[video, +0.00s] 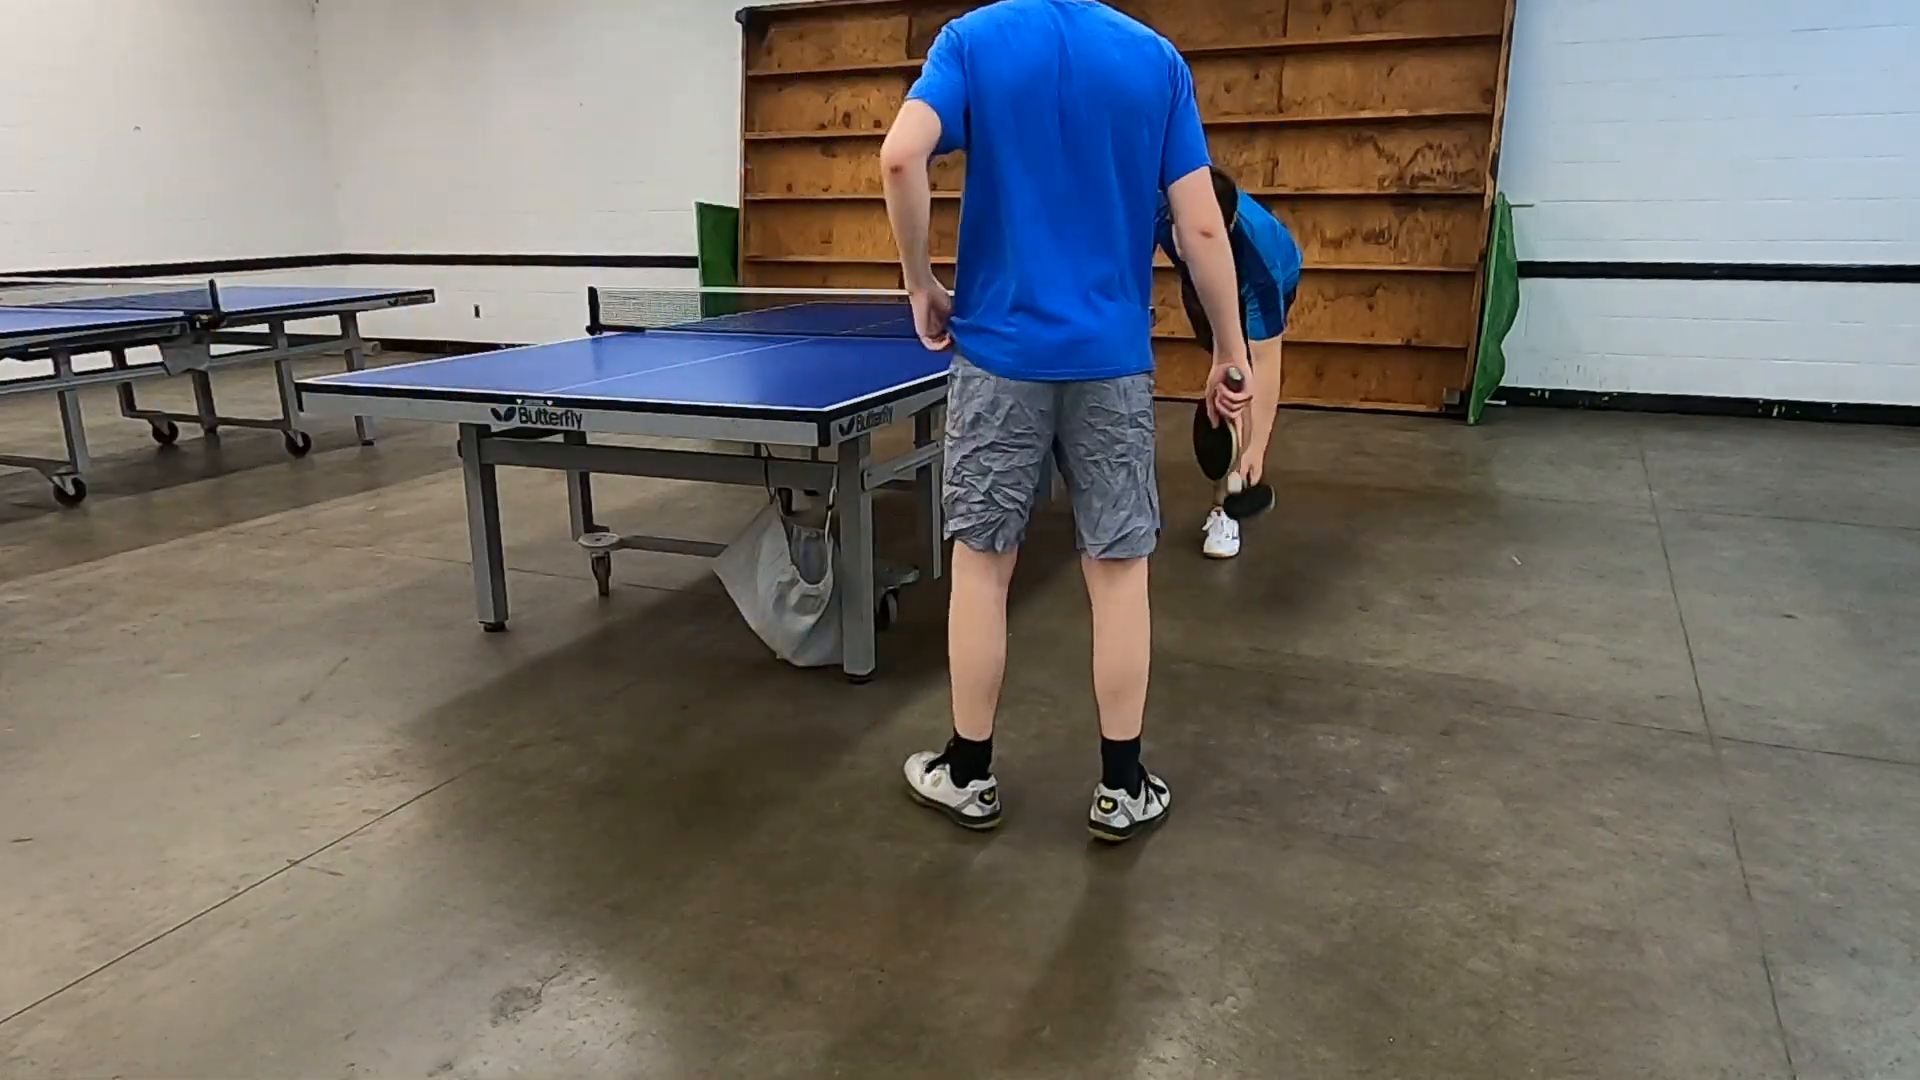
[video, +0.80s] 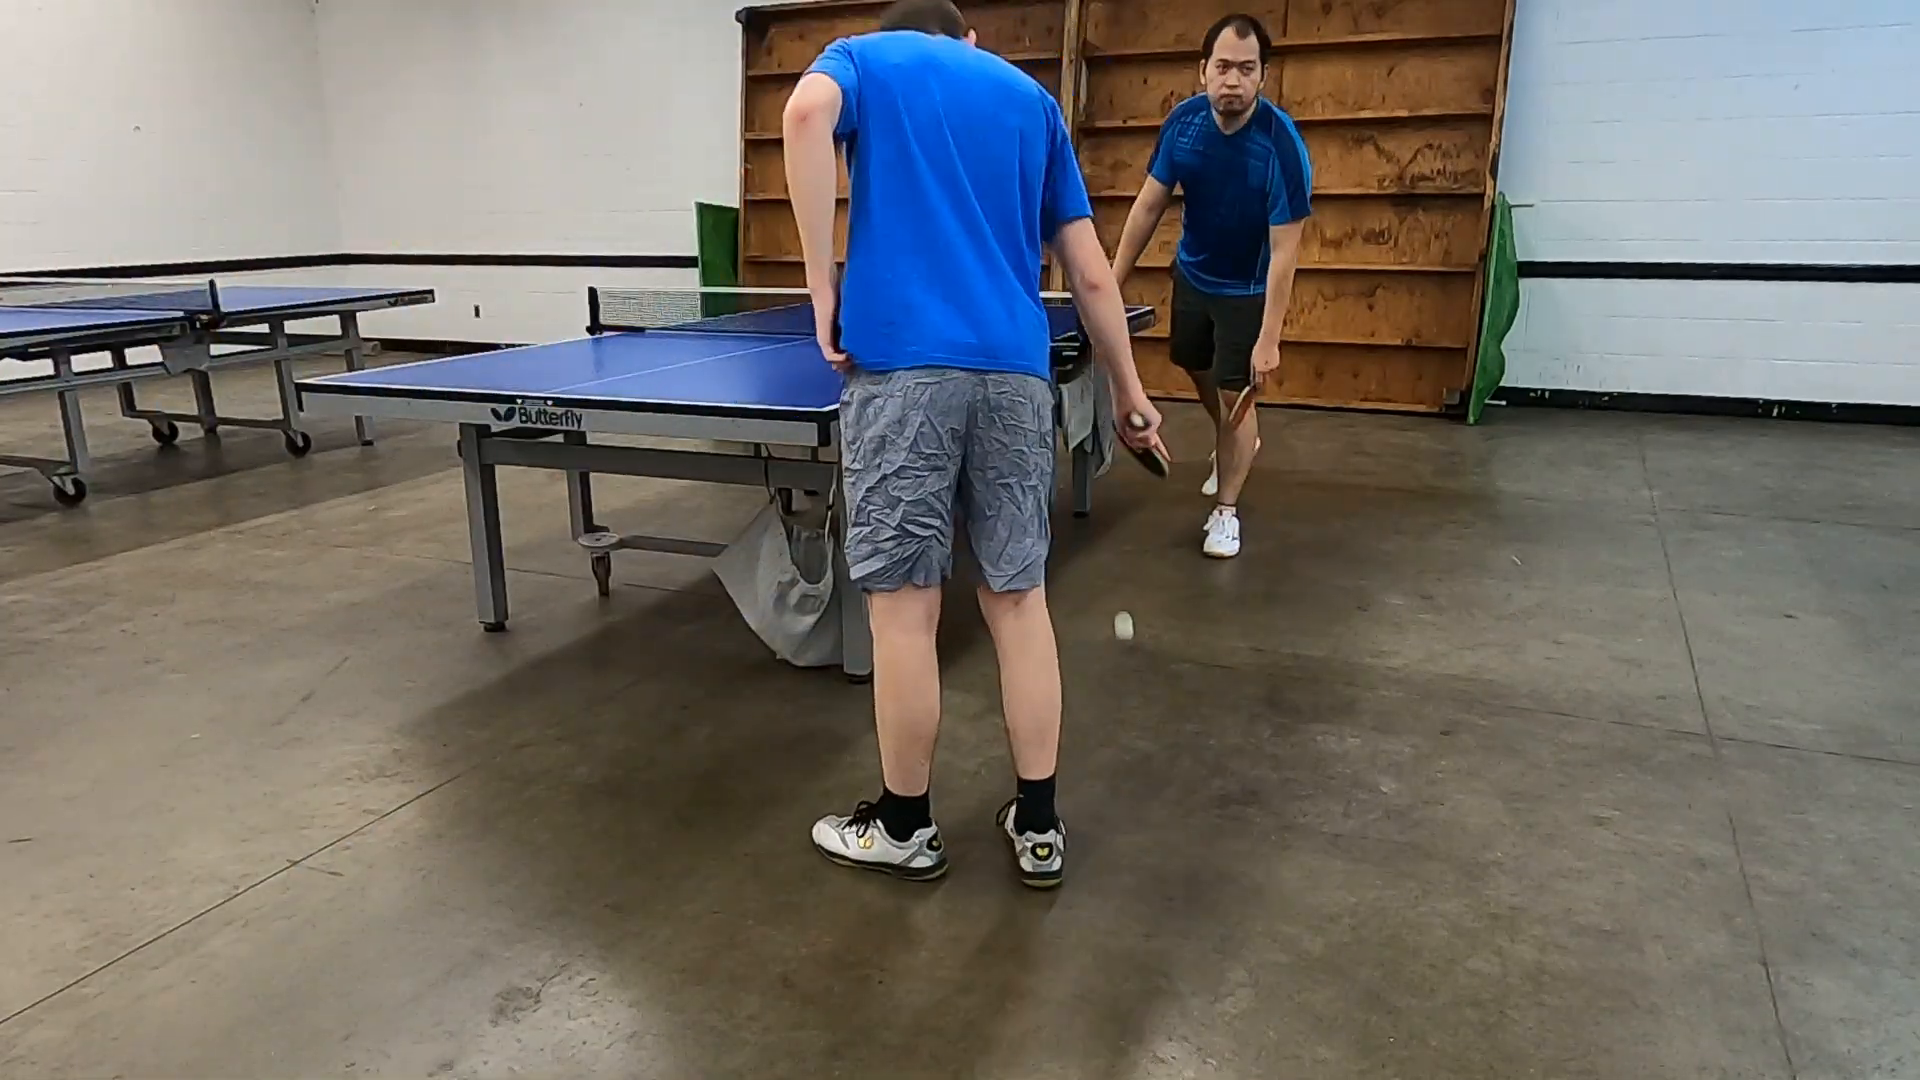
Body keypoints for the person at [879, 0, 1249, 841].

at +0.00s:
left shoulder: (974, 37)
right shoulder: (1158, 58)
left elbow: (901, 156)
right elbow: (1201, 224)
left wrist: (920, 281)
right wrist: (1231, 345)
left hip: (1001, 351)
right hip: (1113, 354)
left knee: (981, 562)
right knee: (1118, 565)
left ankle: (969, 773)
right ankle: (1122, 784)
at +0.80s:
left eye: (874, 41)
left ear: (888, 33)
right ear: (968, 35)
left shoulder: (862, 54)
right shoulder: (1034, 101)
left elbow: (807, 115)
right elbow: (1092, 273)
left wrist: (822, 287)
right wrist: (1129, 388)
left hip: (902, 367)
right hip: (1017, 370)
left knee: (904, 606)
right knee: (1018, 595)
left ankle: (905, 824)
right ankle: (1039, 823)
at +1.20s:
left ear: (901, 88)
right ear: (973, 95)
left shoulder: (880, 99)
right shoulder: (1037, 142)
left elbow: (819, 178)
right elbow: (1075, 323)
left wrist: (824, 338)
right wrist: (1105, 453)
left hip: (917, 376)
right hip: (1034, 383)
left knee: (897, 604)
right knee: (1028, 602)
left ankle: (900, 830)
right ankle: (1042, 829)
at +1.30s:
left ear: (878, 84)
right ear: (947, 83)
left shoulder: (853, 106)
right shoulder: (1019, 129)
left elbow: (802, 255)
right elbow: (1070, 308)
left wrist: (818, 379)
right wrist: (1096, 440)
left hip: (912, 378)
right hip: (1034, 379)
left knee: (873, 592)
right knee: (1029, 604)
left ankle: (876, 825)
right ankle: (1041, 832)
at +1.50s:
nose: (765, 119)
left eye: (763, 107)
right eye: (768, 105)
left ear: (776, 93)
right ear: (848, 69)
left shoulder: (770, 144)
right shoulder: (938, 108)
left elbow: (778, 339)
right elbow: (1025, 273)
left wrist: (787, 460)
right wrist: (1046, 390)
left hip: (872, 390)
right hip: (991, 375)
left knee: (816, 600)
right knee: (1015, 603)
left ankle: (775, 816)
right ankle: (1041, 829)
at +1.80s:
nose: (591, 52)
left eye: (586, 38)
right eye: (589, 39)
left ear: (599, 24)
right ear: (675, 14)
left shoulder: (610, 86)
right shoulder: (781, 78)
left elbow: (619, 271)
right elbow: (871, 239)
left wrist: (576, 375)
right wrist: (854, 348)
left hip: (720, 376)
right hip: (826, 366)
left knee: (724, 598)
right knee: (843, 566)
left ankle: (762, 816)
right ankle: (938, 749)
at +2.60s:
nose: (297, 18)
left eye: (298, 11)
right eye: (300, 13)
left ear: (318, 5)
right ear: (381, 2)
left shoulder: (309, 71)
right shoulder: (461, 81)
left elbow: (297, 250)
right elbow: (517, 245)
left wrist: (205, 296)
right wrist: (452, 306)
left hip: (380, 370)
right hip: (485, 361)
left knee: (345, 560)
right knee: (495, 548)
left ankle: (319, 758)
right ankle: (522, 752)